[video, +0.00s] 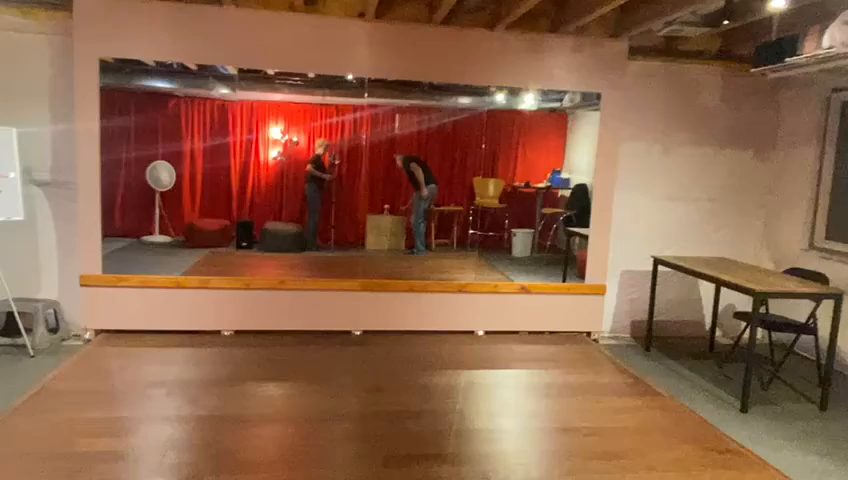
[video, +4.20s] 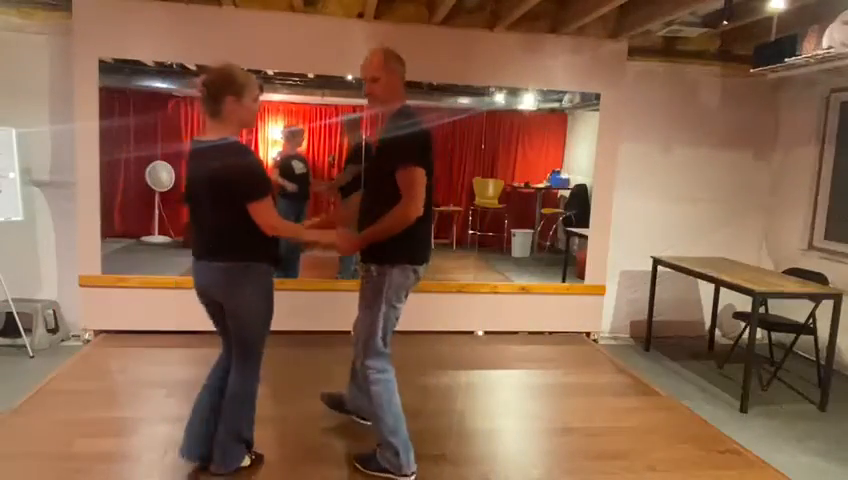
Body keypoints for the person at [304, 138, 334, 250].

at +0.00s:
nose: (326, 150)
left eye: (326, 147)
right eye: (325, 147)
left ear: (321, 147)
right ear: (321, 147)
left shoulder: (321, 160)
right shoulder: (316, 158)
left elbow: (326, 172)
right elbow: (309, 168)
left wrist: (332, 164)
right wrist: (324, 176)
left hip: (317, 187)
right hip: (312, 187)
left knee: (315, 213)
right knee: (314, 213)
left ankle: (313, 240)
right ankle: (311, 241)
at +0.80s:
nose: (324, 149)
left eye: (324, 146)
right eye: (323, 146)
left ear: (320, 147)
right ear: (319, 147)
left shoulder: (320, 159)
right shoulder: (315, 159)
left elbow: (321, 175)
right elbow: (309, 174)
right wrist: (313, 189)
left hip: (317, 191)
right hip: (313, 191)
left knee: (314, 217)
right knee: (312, 216)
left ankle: (311, 241)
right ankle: (308, 242)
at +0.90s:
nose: (323, 149)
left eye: (323, 146)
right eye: (322, 146)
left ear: (321, 147)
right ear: (317, 146)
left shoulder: (319, 160)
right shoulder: (312, 160)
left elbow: (321, 175)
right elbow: (308, 176)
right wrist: (310, 191)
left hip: (318, 192)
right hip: (313, 192)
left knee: (314, 217)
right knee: (312, 217)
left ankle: (312, 241)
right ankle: (308, 242)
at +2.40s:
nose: (303, 148)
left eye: (305, 144)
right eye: (301, 145)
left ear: (309, 145)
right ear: (297, 146)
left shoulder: (314, 160)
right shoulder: (293, 162)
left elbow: (319, 177)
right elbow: (290, 179)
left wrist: (320, 190)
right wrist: (288, 194)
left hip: (310, 194)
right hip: (296, 195)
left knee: (310, 222)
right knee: (293, 222)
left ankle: (310, 249)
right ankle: (289, 251)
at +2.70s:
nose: (295, 146)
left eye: (298, 142)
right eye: (293, 142)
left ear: (302, 143)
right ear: (289, 143)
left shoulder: (308, 158)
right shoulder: (285, 159)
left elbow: (314, 173)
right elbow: (277, 178)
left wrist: (319, 186)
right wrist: (267, 192)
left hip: (304, 192)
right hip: (287, 192)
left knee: (301, 222)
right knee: (288, 222)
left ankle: (300, 248)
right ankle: (288, 252)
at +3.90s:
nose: (300, 141)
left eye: (300, 137)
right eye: (297, 137)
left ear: (296, 139)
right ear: (289, 138)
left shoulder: (302, 158)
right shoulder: (275, 158)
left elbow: (310, 178)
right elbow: (268, 179)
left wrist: (321, 184)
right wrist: (267, 196)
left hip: (300, 200)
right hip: (281, 199)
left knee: (297, 234)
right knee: (279, 232)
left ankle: (295, 269)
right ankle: (279, 268)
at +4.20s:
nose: (301, 141)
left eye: (301, 138)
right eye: (299, 138)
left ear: (300, 139)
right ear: (291, 139)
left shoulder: (302, 158)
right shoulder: (281, 158)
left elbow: (309, 179)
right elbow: (274, 176)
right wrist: (287, 184)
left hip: (301, 198)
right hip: (286, 199)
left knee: (296, 234)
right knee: (285, 233)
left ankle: (292, 268)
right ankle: (283, 267)